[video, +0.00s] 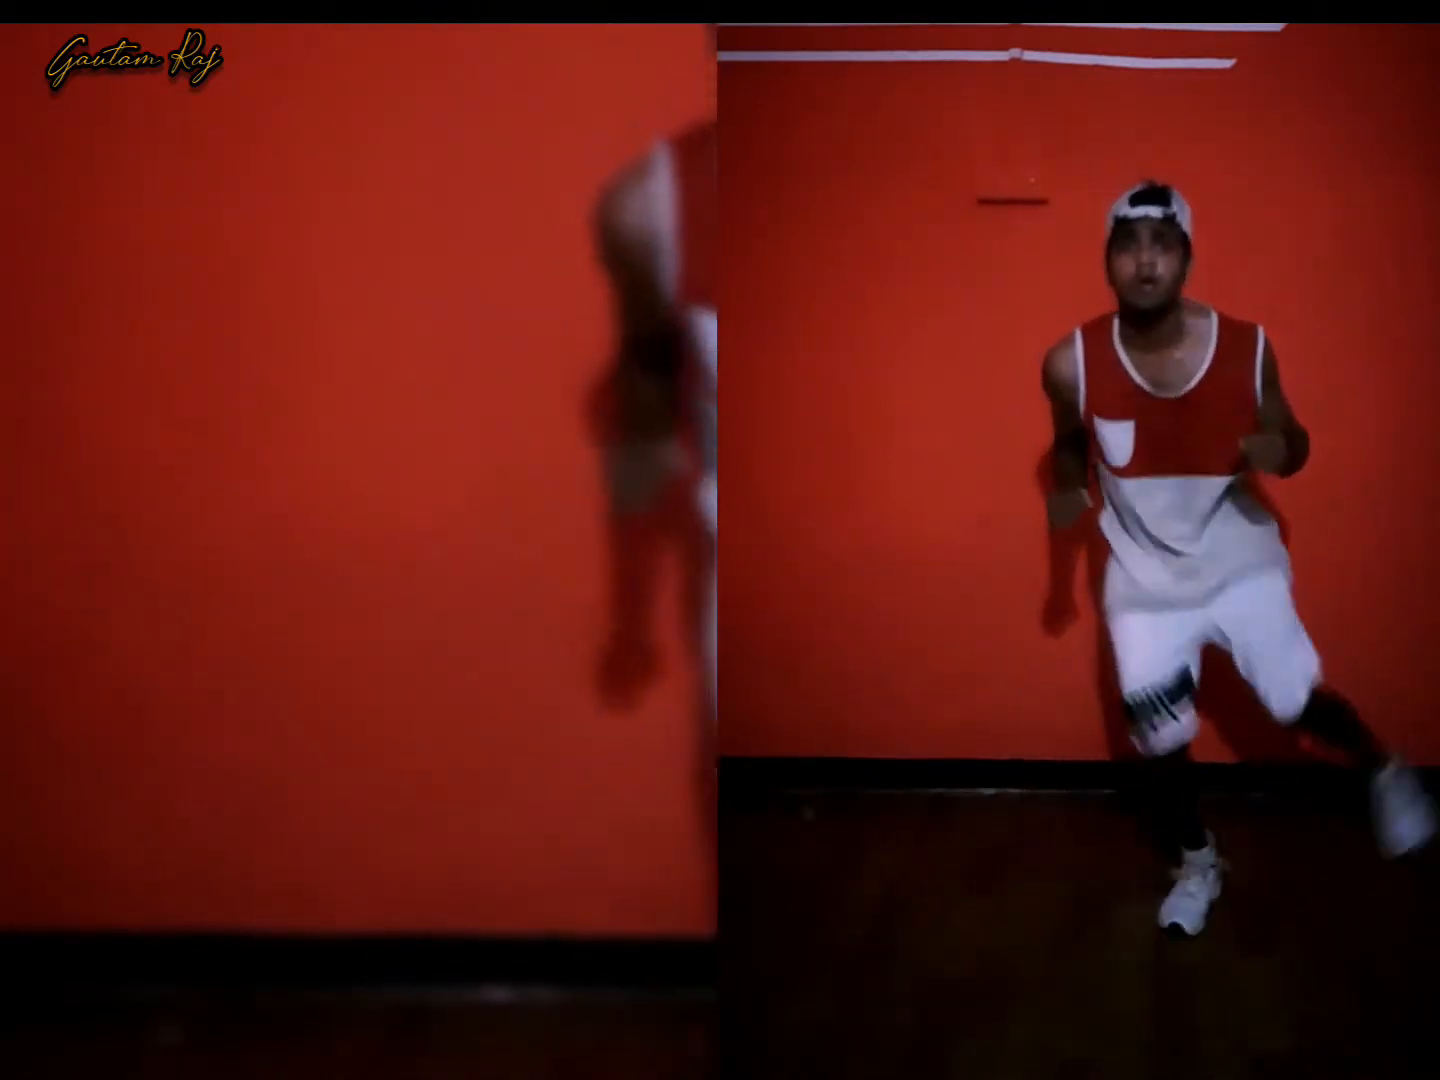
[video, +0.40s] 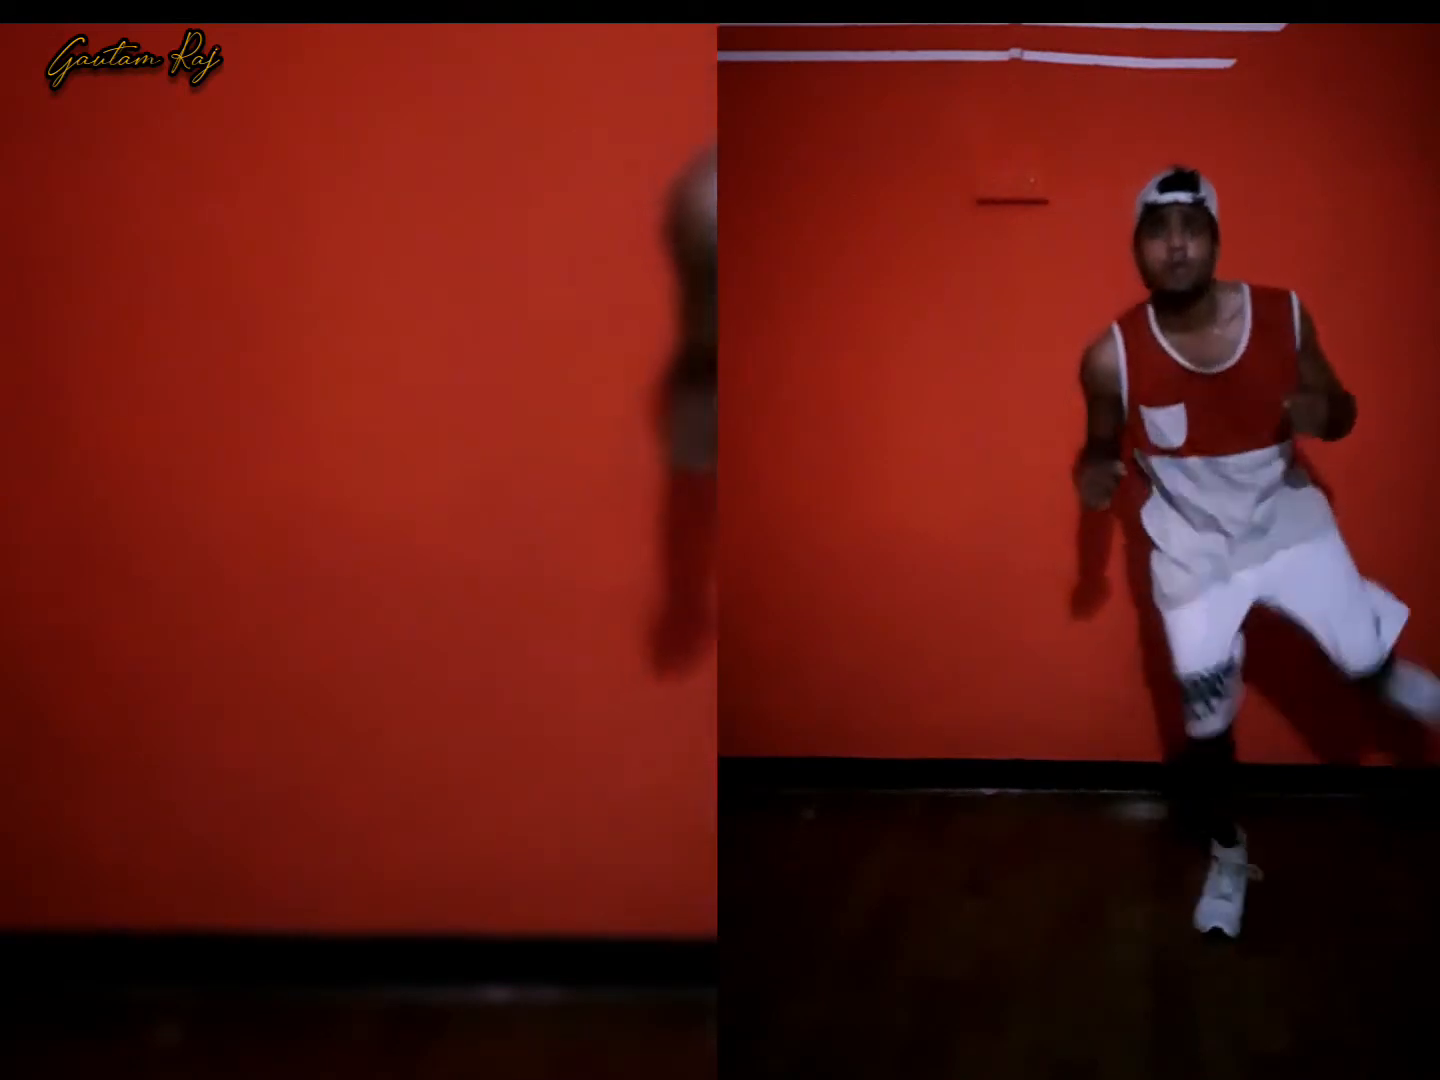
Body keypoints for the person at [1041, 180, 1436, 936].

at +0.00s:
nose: (1146, 261)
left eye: (1162, 244)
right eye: (1129, 244)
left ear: (1187, 259)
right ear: (1108, 260)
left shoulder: (1243, 348)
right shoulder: (1074, 364)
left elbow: (1288, 451)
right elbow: (1069, 446)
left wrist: (1264, 442)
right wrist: (1068, 491)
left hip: (1236, 552)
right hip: (1140, 570)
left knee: (1294, 702)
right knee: (1158, 735)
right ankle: (1194, 863)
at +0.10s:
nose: (1133, 283)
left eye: (1149, 266)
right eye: (1118, 266)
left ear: (1174, 278)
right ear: (1098, 283)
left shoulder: (1241, 357)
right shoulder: (1080, 392)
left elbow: (1282, 452)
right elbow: (1062, 498)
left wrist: (1277, 487)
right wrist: (1060, 541)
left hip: (1256, 590)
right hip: (1158, 601)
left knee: (1276, 763)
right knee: (1160, 763)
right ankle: (1195, 865)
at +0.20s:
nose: (1134, 269)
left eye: (1150, 252)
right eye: (1118, 254)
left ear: (1177, 262)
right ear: (1101, 273)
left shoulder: (1250, 327)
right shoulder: (1094, 383)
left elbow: (1310, 414)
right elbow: (1076, 488)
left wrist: (1284, 457)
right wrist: (1064, 514)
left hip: (1266, 566)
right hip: (1173, 585)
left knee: (1279, 711)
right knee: (1161, 733)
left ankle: (1201, 665)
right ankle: (1194, 861)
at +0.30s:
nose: (1160, 245)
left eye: (1177, 228)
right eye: (1143, 230)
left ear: (1204, 240)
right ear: (1125, 248)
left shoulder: (1271, 312)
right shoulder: (1106, 354)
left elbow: (1332, 394)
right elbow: (1092, 451)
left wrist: (1302, 421)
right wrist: (1080, 478)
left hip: (1281, 522)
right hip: (1182, 551)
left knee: (1336, 643)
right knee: (1182, 710)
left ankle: (1256, 615)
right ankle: (1201, 849)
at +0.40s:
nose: (1177, 245)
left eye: (1192, 228)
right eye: (1159, 230)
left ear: (1216, 241)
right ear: (1137, 249)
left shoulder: (1280, 316)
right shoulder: (1113, 356)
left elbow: (1341, 416)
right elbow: (1102, 447)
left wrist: (1317, 409)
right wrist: (1098, 475)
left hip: (1283, 514)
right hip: (1184, 538)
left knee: (1365, 656)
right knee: (1206, 711)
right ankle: (1226, 859)